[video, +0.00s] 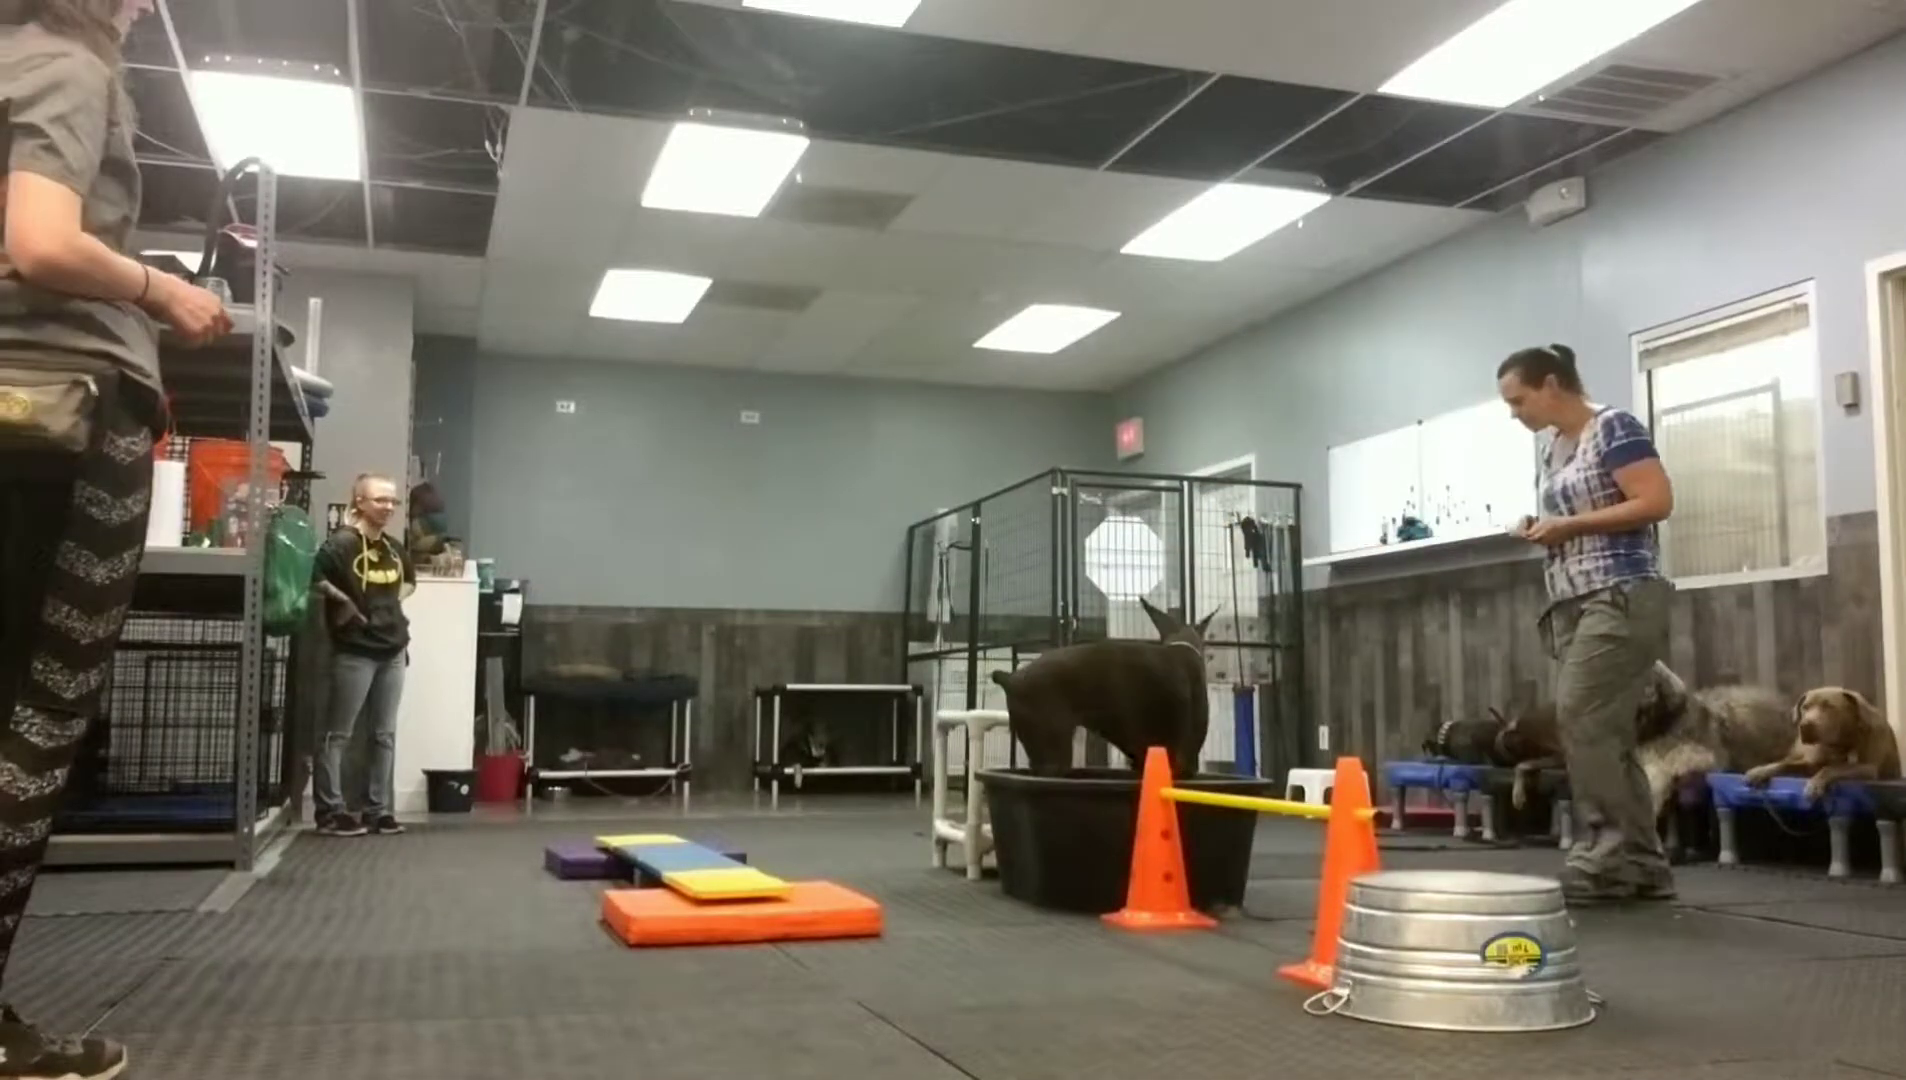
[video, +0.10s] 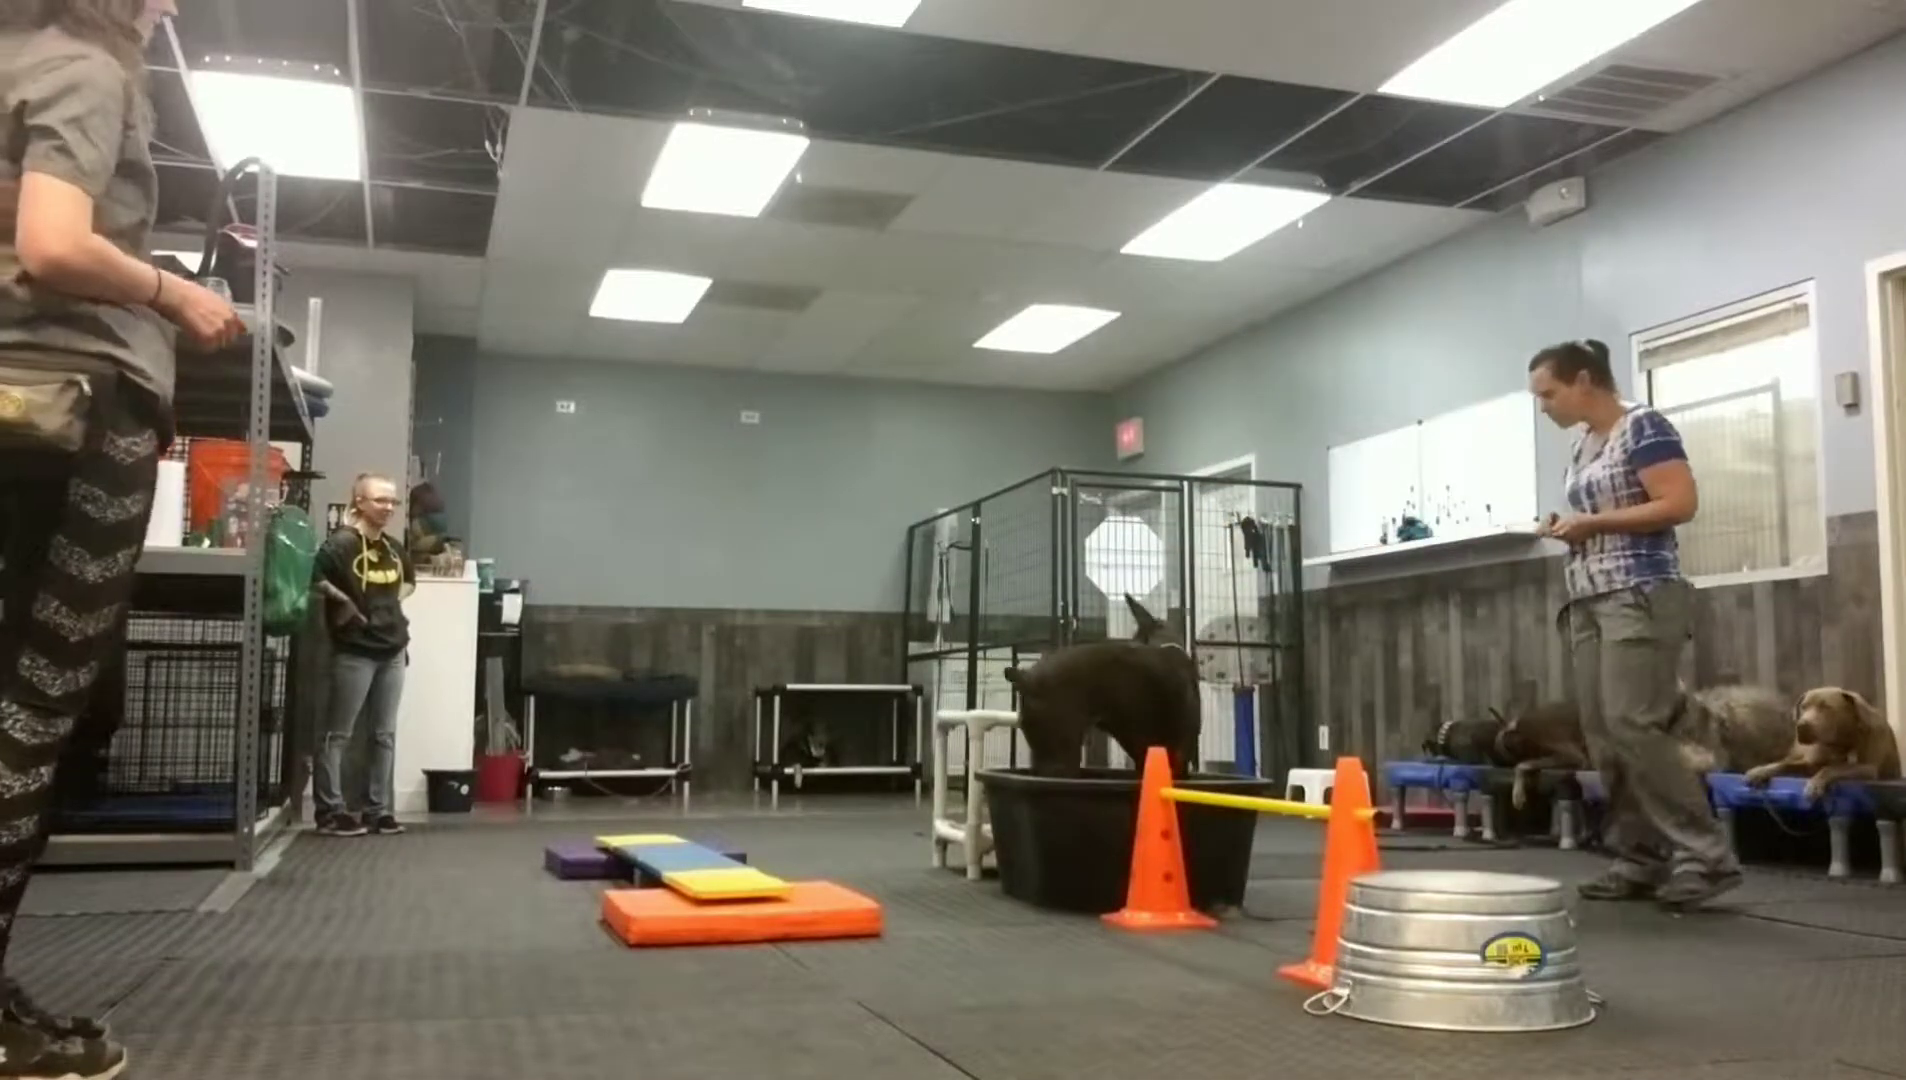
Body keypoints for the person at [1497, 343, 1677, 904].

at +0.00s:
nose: (1517, 416)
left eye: (1518, 403)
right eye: (1512, 407)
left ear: (1549, 385)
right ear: (1546, 391)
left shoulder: (1613, 426)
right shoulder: (1554, 454)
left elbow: (1656, 501)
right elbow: (1583, 523)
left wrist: (1570, 524)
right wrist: (1542, 528)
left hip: (1622, 598)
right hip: (1575, 607)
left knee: (1580, 714)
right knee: (1600, 727)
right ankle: (1643, 859)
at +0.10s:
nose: (1544, 407)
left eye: (1548, 394)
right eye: (1540, 398)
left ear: (1584, 381)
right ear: (1574, 389)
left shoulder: (1642, 426)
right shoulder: (1581, 456)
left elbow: (1679, 503)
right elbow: (1601, 528)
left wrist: (1593, 522)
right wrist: (1567, 529)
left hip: (1641, 600)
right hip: (1590, 606)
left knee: (1634, 726)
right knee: (1604, 734)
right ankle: (1640, 858)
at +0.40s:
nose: (1619, 391)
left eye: (1623, 377)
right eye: (1615, 380)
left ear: (1658, 364)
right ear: (1655, 370)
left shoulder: (1720, 414)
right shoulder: (1661, 437)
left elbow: (1753, 498)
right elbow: (1679, 525)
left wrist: (1664, 514)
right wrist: (1641, 576)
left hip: (1715, 597)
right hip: (1663, 601)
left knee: (1717, 738)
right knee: (1658, 738)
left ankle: (1744, 876)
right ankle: (1665, 863)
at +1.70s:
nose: (1628, 411)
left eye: (1626, 397)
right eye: (1622, 402)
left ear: (1652, 375)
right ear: (1656, 379)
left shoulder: (1712, 418)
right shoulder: (1697, 426)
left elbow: (1710, 511)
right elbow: (1707, 514)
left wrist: (1650, 526)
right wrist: (1660, 528)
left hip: (1733, 601)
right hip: (1714, 602)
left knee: (1739, 741)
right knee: (1728, 741)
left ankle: (1746, 877)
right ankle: (1741, 873)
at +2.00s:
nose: (1633, 426)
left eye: (1632, 412)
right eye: (1628, 417)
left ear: (1659, 391)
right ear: (1658, 397)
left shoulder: (1711, 431)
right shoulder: (1686, 452)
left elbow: (1733, 509)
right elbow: (1662, 537)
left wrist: (1661, 528)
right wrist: (1604, 559)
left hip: (1714, 604)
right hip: (1723, 604)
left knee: (1682, 725)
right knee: (1736, 736)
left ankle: (1708, 863)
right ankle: (1767, 865)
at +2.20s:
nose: (1568, 430)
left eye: (1566, 417)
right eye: (1564, 420)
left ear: (1585, 408)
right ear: (1606, 405)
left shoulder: (1632, 449)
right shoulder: (1647, 451)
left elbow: (1657, 522)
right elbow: (1665, 527)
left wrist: (1595, 537)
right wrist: (1605, 539)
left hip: (1639, 605)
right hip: (1665, 603)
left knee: (1622, 736)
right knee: (1656, 732)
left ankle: (1646, 860)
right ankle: (1722, 831)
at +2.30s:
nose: (1537, 429)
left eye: (1535, 418)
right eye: (1535, 419)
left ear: (1552, 409)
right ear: (1582, 406)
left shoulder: (1579, 452)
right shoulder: (1623, 452)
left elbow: (1596, 526)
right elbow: (1664, 521)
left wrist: (1546, 539)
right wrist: (1626, 553)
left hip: (1598, 604)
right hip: (1637, 599)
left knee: (1607, 728)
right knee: (1601, 725)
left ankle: (1646, 860)